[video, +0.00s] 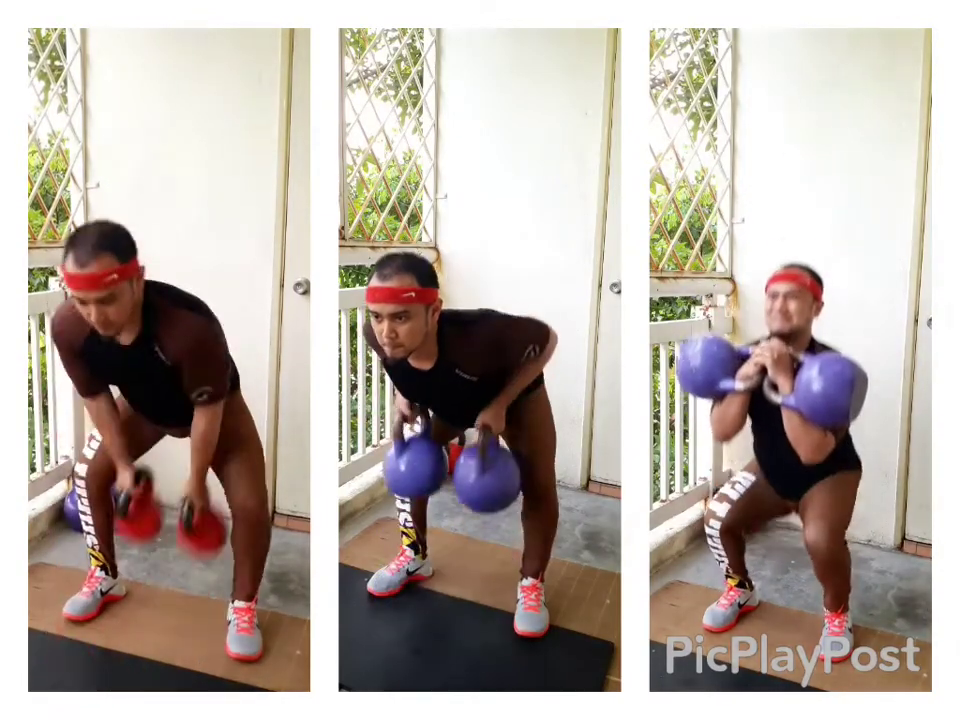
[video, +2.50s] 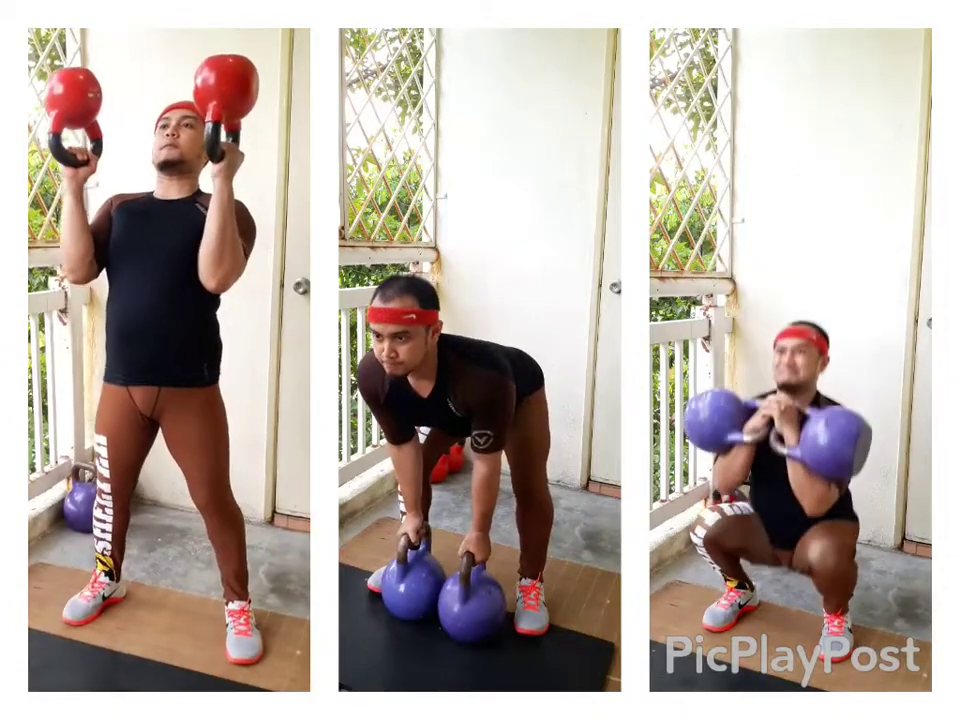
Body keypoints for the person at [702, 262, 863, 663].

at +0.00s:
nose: (779, 305)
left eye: (792, 297)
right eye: (772, 296)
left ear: (816, 309)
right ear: (765, 306)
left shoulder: (830, 366)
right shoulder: (747, 357)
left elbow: (814, 451)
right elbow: (721, 431)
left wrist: (785, 384)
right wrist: (743, 382)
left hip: (830, 472)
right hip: (774, 471)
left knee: (821, 540)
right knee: (724, 521)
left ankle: (837, 615)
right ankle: (740, 588)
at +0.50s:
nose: (802, 175)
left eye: (816, 169)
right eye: (795, 169)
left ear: (840, 188)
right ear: (783, 185)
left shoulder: (846, 246)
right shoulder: (761, 239)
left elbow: (821, 315)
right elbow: (735, 306)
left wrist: (798, 241)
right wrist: (761, 240)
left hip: (825, 407)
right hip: (766, 401)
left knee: (831, 514)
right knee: (745, 499)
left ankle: (836, 611)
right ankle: (739, 587)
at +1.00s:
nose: (809, 186)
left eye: (822, 180)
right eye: (802, 180)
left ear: (845, 198)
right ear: (791, 194)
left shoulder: (854, 257)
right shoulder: (768, 245)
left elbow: (828, 315)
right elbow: (738, 306)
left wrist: (806, 243)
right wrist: (768, 244)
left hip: (814, 407)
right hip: (754, 400)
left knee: (825, 513)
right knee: (749, 502)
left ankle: (836, 609)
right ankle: (740, 586)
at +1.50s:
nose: (805, 186)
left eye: (819, 179)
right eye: (800, 179)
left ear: (844, 196)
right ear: (790, 193)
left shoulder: (854, 257)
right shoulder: (768, 243)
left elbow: (828, 314)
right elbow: (735, 305)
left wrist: (805, 242)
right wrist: (767, 243)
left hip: (814, 406)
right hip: (754, 399)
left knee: (825, 512)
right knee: (749, 501)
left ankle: (837, 609)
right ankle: (740, 586)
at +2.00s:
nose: (792, 227)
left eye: (805, 219)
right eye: (785, 218)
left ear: (828, 230)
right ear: (776, 228)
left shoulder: (842, 289)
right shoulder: (756, 283)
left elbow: (821, 362)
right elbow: (730, 351)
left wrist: (795, 290)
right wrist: (759, 289)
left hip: (830, 431)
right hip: (773, 427)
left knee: (828, 528)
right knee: (733, 508)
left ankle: (836, 613)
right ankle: (740, 585)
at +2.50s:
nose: (788, 360)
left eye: (800, 352)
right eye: (781, 352)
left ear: (823, 363)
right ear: (773, 359)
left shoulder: (834, 420)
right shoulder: (752, 410)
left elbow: (817, 504)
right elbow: (722, 484)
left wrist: (792, 435)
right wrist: (750, 436)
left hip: (819, 534)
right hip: (766, 529)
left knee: (828, 556)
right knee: (714, 535)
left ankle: (835, 617)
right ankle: (740, 590)